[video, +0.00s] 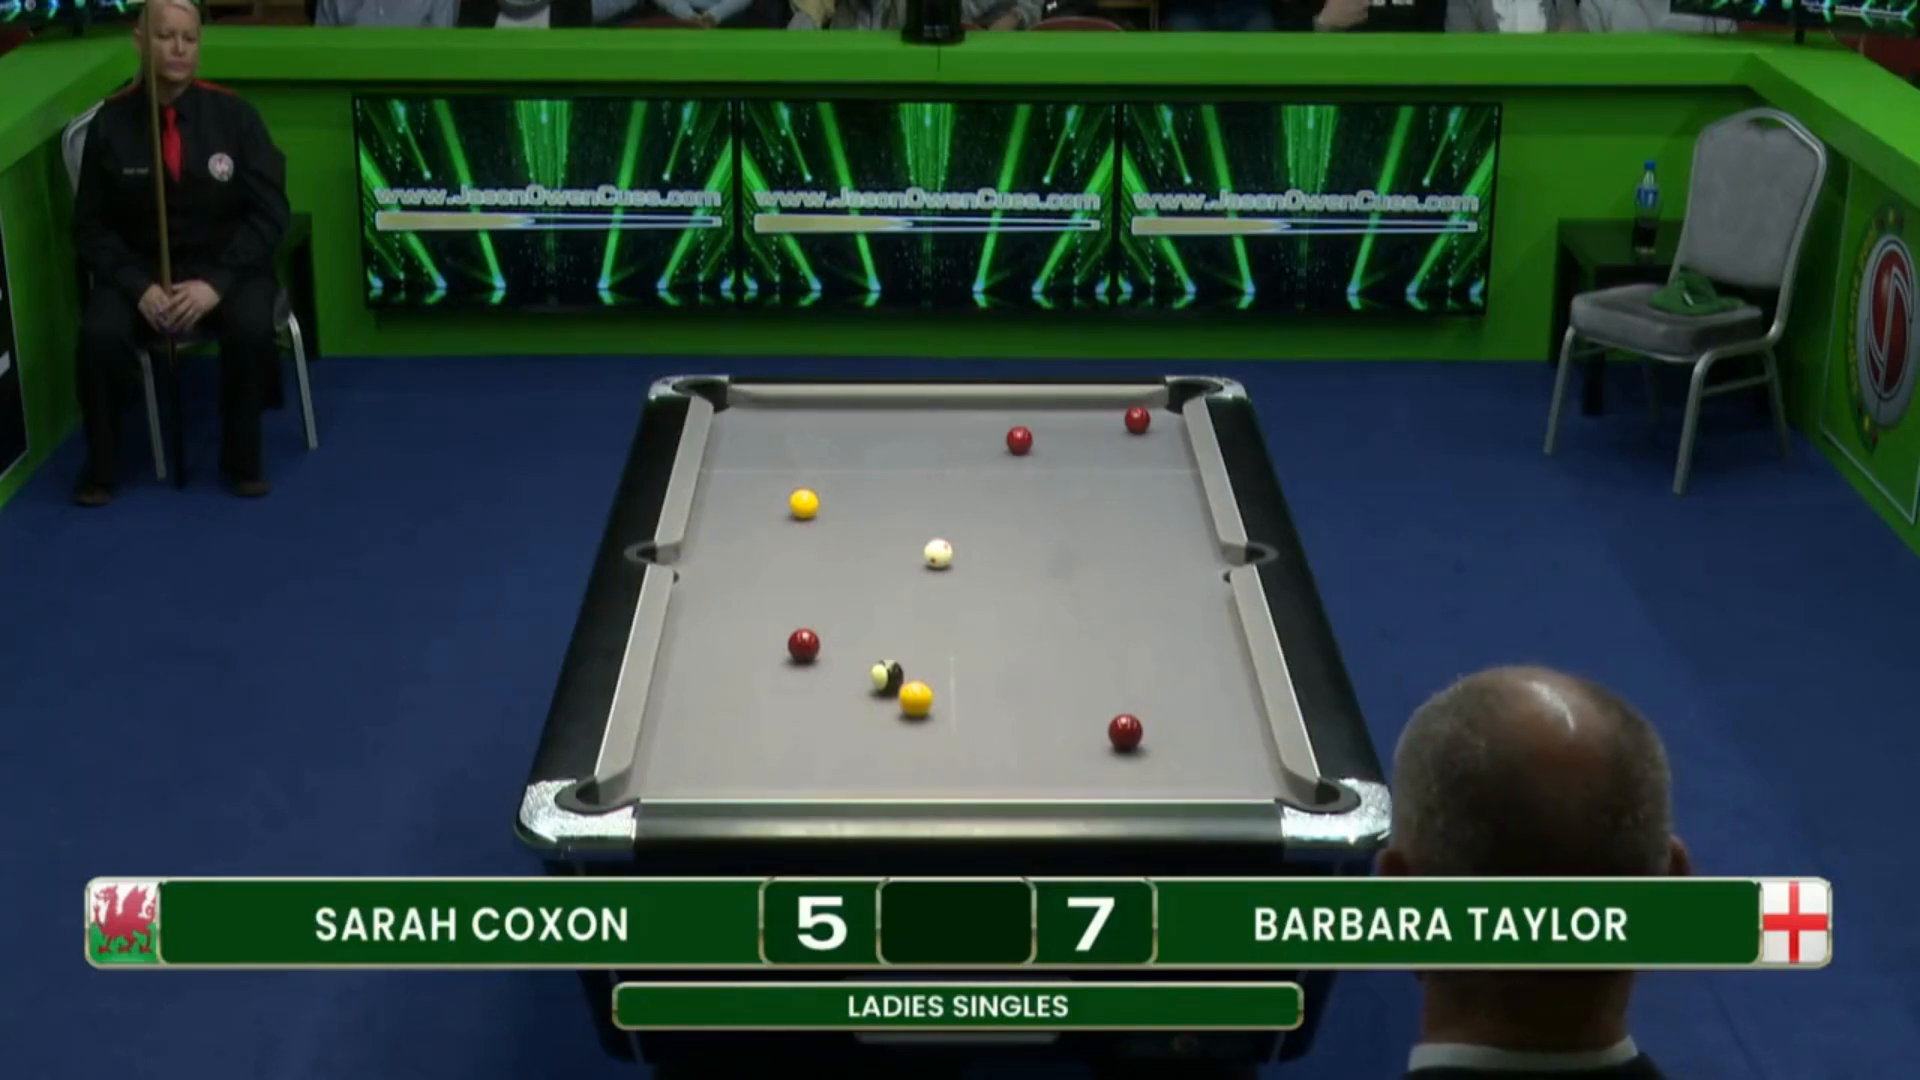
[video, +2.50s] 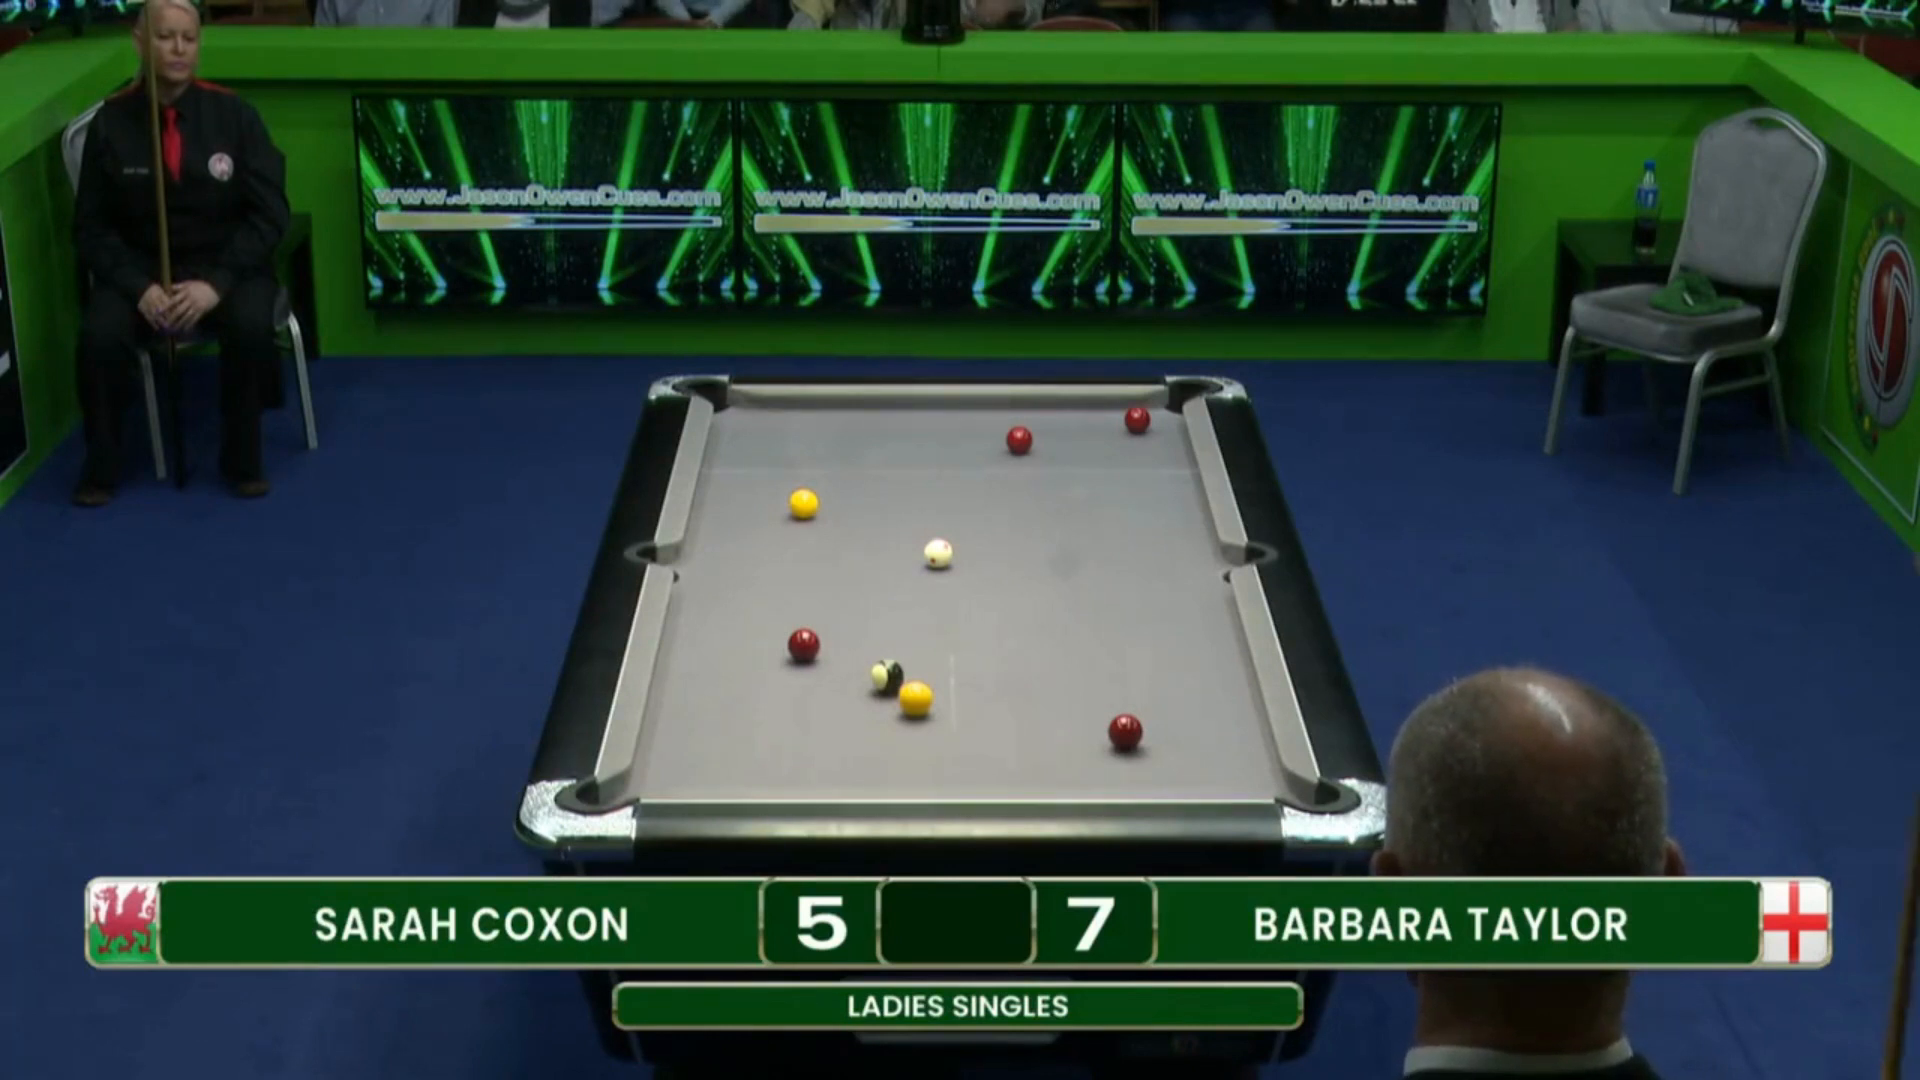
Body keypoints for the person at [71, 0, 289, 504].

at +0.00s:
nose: (179, 48)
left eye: (189, 38)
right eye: (165, 37)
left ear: (199, 44)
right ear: (141, 42)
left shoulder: (234, 115)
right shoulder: (111, 121)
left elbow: (269, 214)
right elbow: (90, 226)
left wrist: (214, 283)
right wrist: (140, 287)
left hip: (221, 267)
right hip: (138, 273)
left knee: (249, 329)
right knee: (100, 335)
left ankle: (244, 462)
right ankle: (101, 467)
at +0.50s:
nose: (179, 49)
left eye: (189, 38)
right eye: (165, 37)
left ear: (200, 45)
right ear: (141, 42)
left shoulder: (235, 115)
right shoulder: (111, 121)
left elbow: (269, 215)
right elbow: (90, 226)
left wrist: (214, 284)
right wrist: (140, 287)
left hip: (221, 266)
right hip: (138, 272)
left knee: (249, 330)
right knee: (101, 336)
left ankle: (243, 463)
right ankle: (101, 469)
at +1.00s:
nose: (179, 48)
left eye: (189, 38)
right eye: (165, 36)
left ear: (200, 44)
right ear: (141, 41)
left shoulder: (234, 115)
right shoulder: (112, 121)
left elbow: (269, 215)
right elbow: (90, 226)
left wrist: (214, 284)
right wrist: (140, 287)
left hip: (221, 267)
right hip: (139, 273)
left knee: (248, 328)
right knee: (101, 335)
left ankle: (243, 463)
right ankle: (101, 469)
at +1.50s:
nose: (179, 48)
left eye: (189, 38)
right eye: (165, 37)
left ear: (199, 44)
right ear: (140, 41)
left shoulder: (234, 115)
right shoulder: (112, 121)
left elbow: (269, 215)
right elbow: (91, 226)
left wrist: (214, 284)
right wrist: (140, 287)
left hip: (221, 268)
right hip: (139, 274)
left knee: (248, 328)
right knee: (101, 336)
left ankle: (243, 463)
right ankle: (101, 469)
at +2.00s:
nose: (179, 49)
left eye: (189, 38)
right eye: (165, 37)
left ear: (199, 44)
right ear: (140, 41)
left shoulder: (234, 115)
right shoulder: (111, 121)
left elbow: (269, 215)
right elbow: (91, 226)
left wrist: (214, 284)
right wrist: (140, 287)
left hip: (221, 268)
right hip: (139, 274)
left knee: (248, 328)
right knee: (101, 336)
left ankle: (243, 463)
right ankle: (101, 469)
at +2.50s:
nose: (179, 49)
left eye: (189, 38)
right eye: (165, 37)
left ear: (199, 44)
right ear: (141, 42)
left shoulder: (234, 116)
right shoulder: (111, 121)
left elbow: (269, 215)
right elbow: (90, 226)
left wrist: (214, 284)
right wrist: (140, 287)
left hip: (221, 268)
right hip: (138, 274)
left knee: (248, 328)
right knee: (101, 336)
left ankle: (243, 463)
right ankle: (101, 469)